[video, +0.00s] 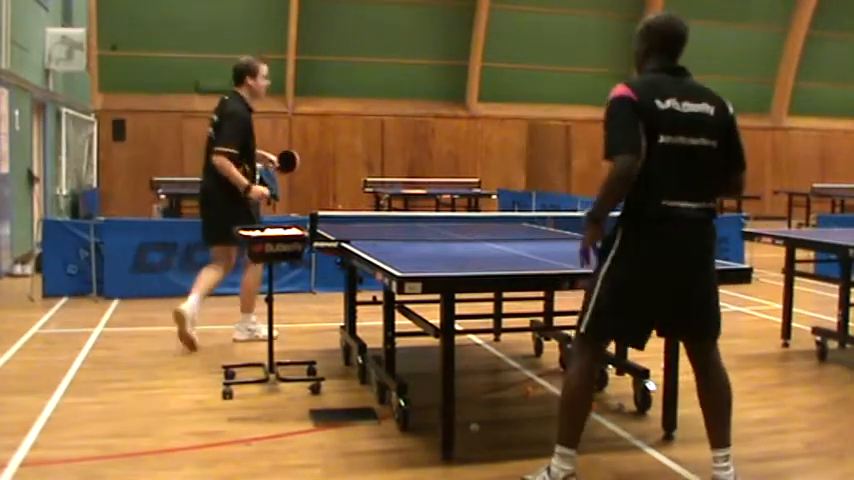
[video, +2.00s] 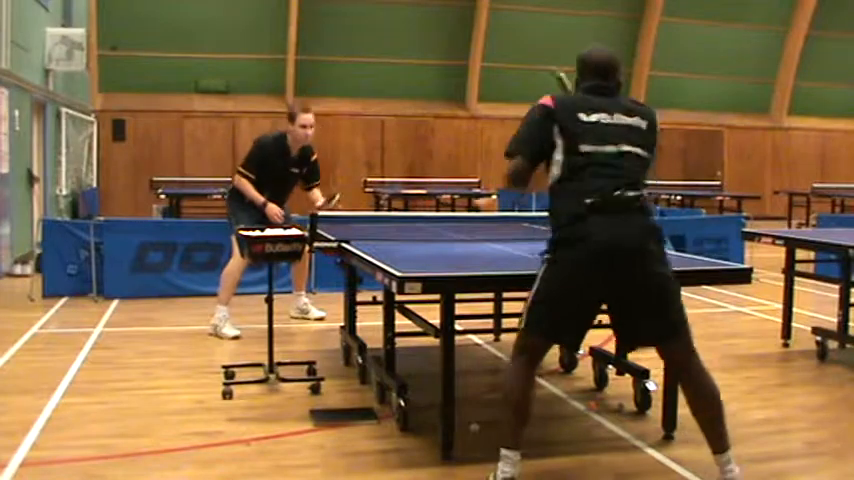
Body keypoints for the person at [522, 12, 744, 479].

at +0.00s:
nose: (633, 53)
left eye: (636, 45)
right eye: (638, 45)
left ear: (643, 49)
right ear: (681, 52)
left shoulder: (630, 95)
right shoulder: (715, 103)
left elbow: (627, 164)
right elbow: (733, 182)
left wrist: (595, 219)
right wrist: (684, 184)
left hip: (640, 241)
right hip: (695, 244)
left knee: (587, 349)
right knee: (706, 356)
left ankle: (561, 465)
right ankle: (724, 469)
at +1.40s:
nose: (634, 74)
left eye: (631, 67)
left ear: (626, 71)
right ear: (667, 77)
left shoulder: (593, 111)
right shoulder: (687, 117)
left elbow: (565, 183)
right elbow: (699, 197)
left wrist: (600, 196)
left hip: (603, 246)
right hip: (667, 251)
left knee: (549, 347)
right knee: (692, 356)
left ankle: (517, 465)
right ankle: (715, 466)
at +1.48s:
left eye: (632, 74)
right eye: (655, 79)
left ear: (620, 79)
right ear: (660, 83)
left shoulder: (584, 115)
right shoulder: (671, 114)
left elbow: (549, 184)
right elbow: (682, 185)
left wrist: (576, 201)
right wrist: (706, 258)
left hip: (586, 253)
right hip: (649, 255)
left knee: (537, 355)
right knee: (685, 356)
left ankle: (507, 465)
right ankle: (713, 465)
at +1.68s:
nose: (638, 105)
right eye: (637, 99)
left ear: (596, 102)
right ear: (632, 101)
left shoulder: (556, 136)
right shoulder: (632, 121)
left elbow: (504, 187)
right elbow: (639, 182)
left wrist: (509, 238)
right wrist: (698, 235)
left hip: (553, 259)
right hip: (613, 259)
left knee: (515, 363)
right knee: (670, 360)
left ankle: (502, 469)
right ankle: (695, 468)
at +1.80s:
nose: (628, 103)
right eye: (627, 97)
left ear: (585, 94)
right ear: (622, 96)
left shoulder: (545, 125)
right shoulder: (632, 126)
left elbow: (498, 178)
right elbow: (651, 209)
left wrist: (499, 227)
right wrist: (695, 222)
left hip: (553, 261)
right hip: (615, 264)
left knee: (515, 365)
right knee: (666, 361)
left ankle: (503, 468)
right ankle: (696, 469)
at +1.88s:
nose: (621, 94)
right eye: (620, 87)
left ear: (580, 87)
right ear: (620, 89)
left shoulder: (543, 115)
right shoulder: (637, 123)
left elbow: (504, 171)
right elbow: (651, 201)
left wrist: (507, 209)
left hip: (560, 252)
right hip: (625, 253)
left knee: (518, 362)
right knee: (668, 363)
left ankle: (504, 466)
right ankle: (702, 466)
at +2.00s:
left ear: (577, 79)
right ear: (620, 82)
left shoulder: (553, 108)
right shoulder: (645, 116)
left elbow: (518, 175)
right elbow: (633, 171)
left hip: (579, 247)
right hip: (640, 247)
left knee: (526, 356)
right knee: (685, 361)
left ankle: (507, 467)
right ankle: (729, 467)